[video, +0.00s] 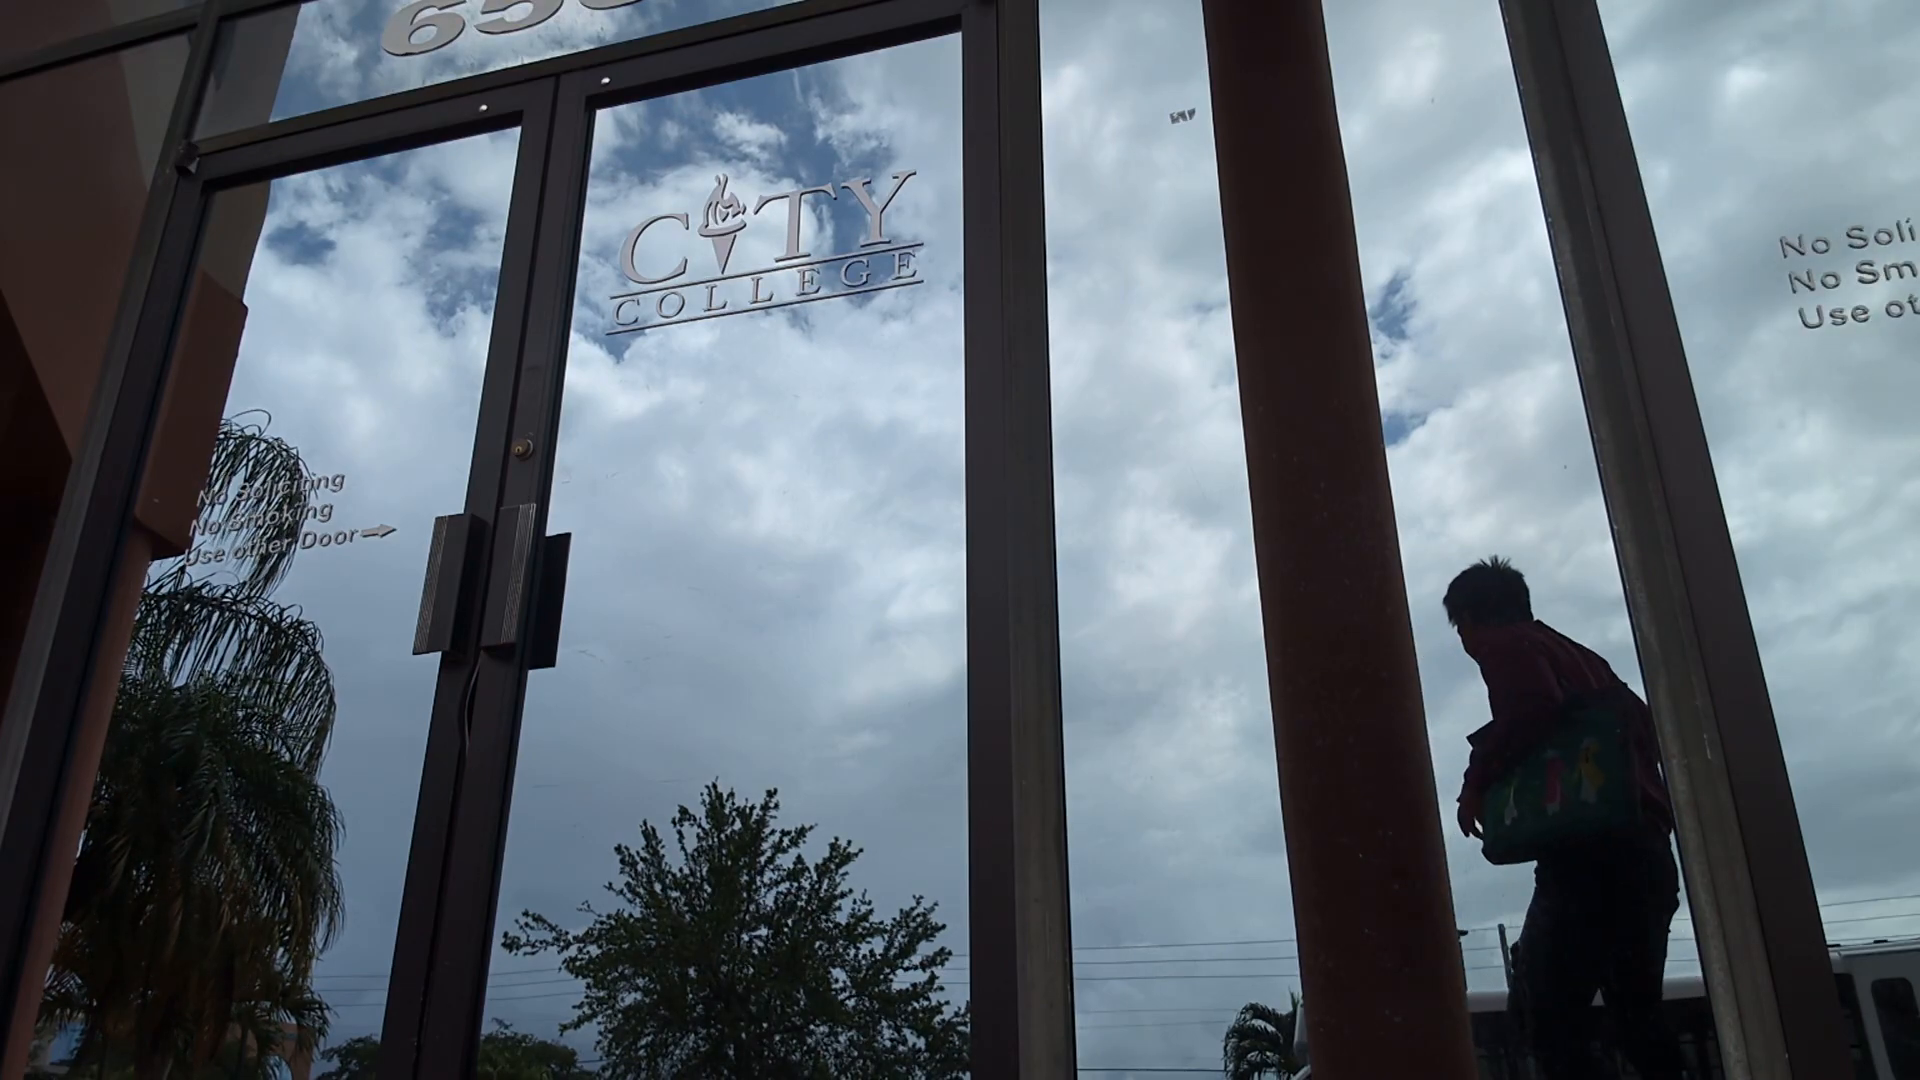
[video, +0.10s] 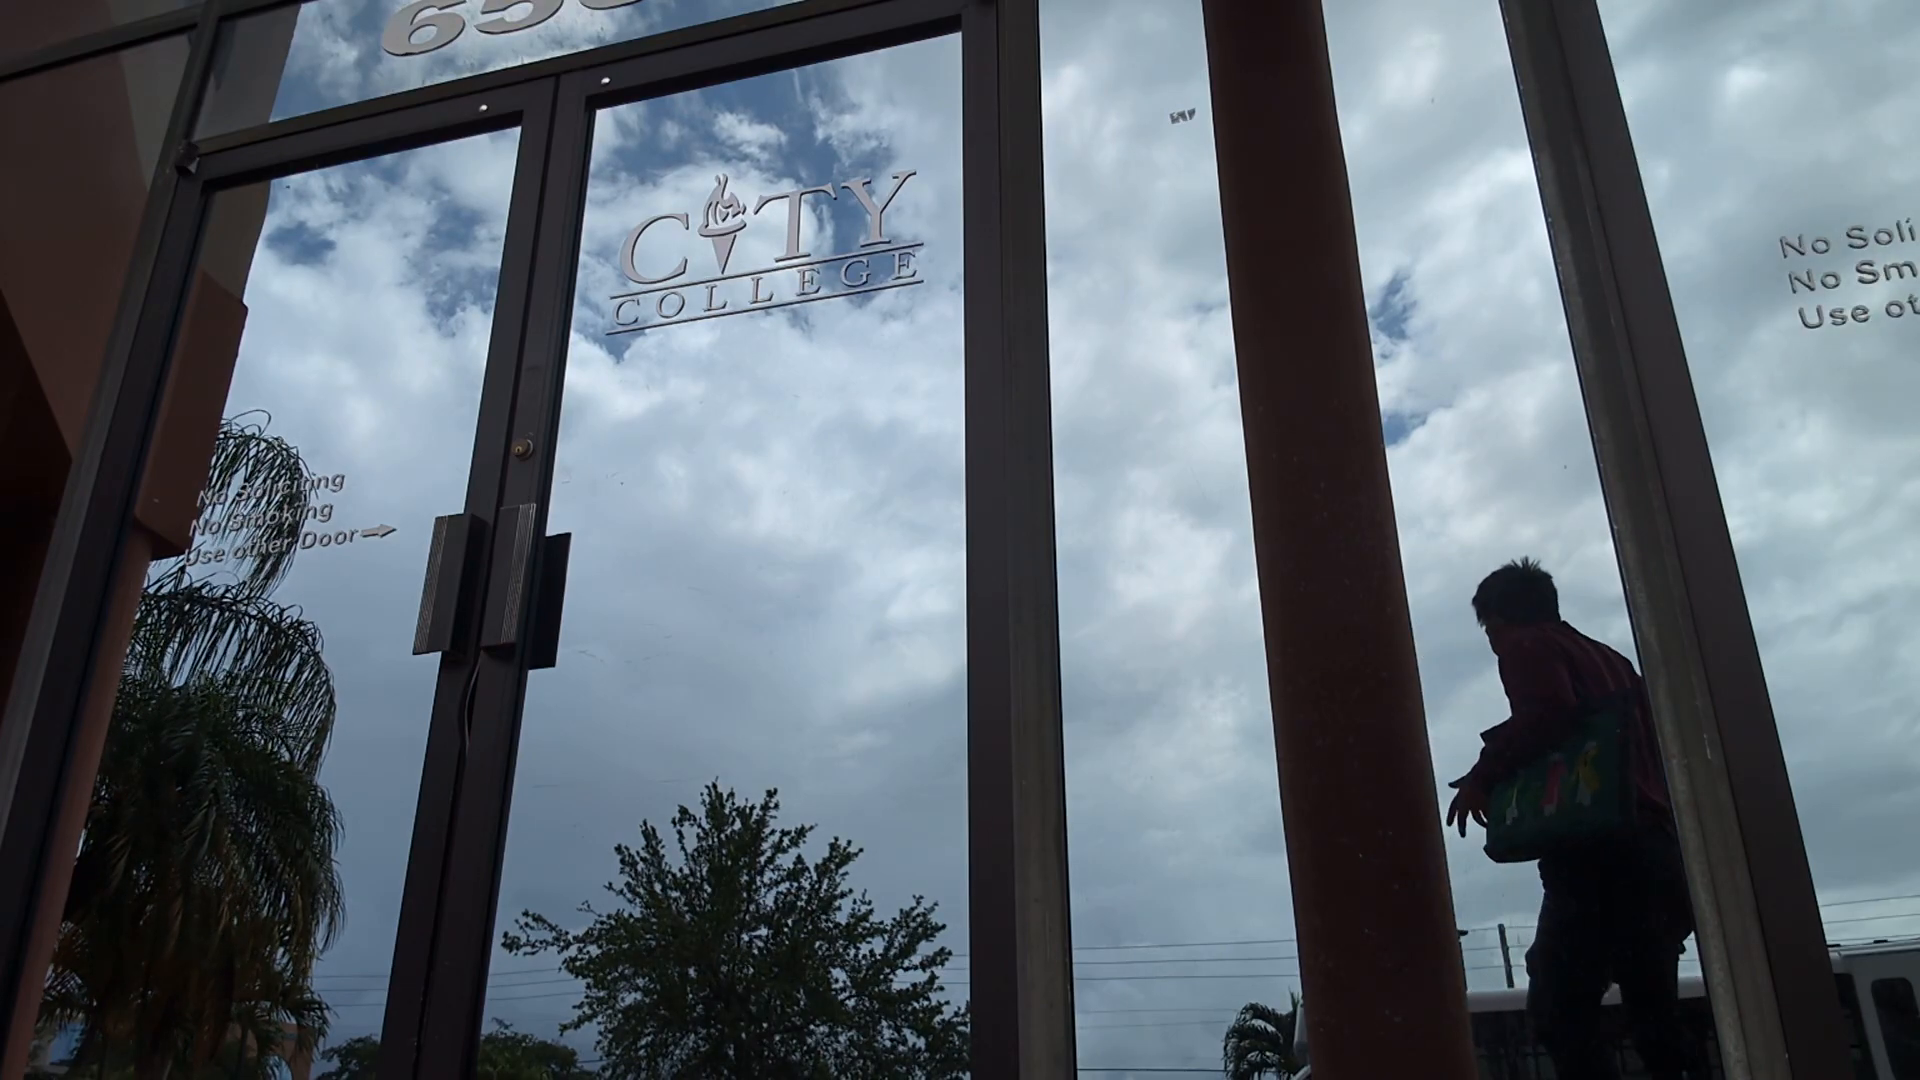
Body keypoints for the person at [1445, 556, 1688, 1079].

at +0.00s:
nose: (1462, 640)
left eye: (1460, 626)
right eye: (1458, 628)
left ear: (1476, 617)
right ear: (1519, 606)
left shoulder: (1503, 643)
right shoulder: (1583, 656)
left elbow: (1534, 706)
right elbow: (1643, 720)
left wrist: (1479, 774)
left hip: (1583, 859)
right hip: (1647, 856)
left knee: (1548, 1011)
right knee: (1636, 1011)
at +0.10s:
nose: (1492, 642)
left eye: (1492, 629)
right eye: (1488, 631)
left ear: (1510, 615)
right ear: (1550, 607)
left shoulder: (1524, 644)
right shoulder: (1613, 660)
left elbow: (1548, 712)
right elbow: (1651, 755)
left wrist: (1484, 773)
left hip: (1589, 865)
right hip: (1657, 858)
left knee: (1561, 1011)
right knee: (1656, 1018)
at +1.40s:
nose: (1478, 706)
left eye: (1477, 695)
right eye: (1475, 696)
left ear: (1491, 689)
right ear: (1529, 682)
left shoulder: (1516, 715)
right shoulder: (1582, 731)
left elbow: (1531, 760)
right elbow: (1631, 804)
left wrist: (1449, 739)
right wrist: (1596, 855)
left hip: (1546, 898)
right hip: (1595, 895)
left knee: (1562, 1026)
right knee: (1589, 1020)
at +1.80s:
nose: (1433, 729)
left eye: (1436, 719)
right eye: (1431, 720)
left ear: (1463, 717)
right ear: (1481, 716)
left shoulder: (1492, 753)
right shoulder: (1520, 756)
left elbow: (1500, 780)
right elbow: (1559, 830)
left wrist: (1442, 748)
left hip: (1509, 931)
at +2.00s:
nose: (1424, 736)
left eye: (1426, 726)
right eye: (1424, 728)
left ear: (1442, 725)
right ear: (1460, 725)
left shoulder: (1468, 761)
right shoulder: (1490, 766)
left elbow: (1425, 744)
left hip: (1485, 910)